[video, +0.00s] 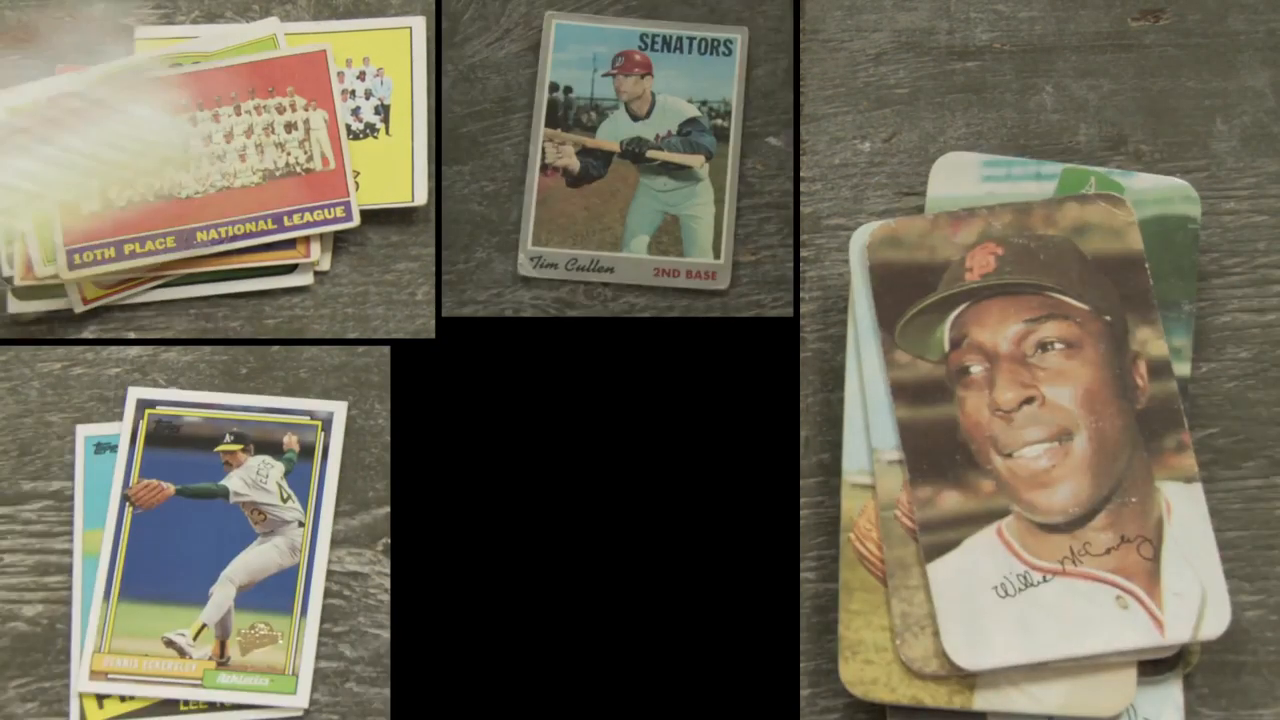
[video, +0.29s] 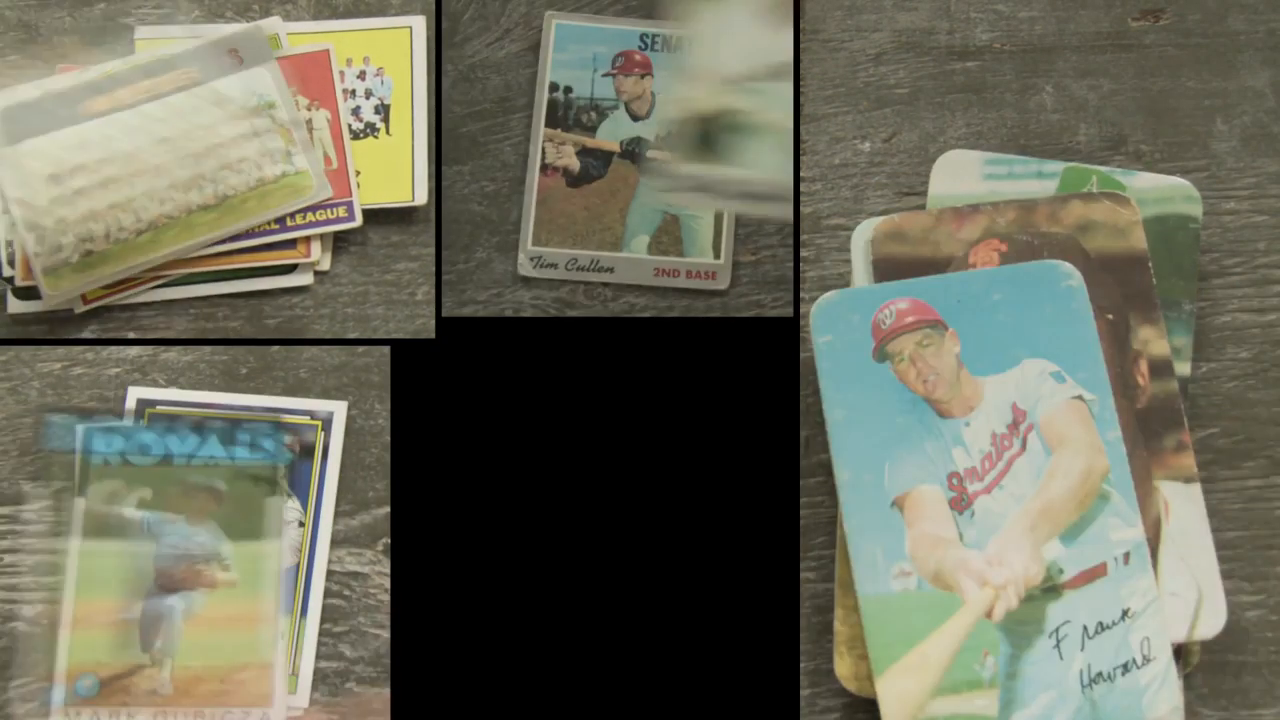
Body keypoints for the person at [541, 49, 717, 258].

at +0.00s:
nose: (617, 84)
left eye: (625, 77)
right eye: (615, 77)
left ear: (646, 81)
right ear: (613, 79)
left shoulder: (680, 110)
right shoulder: (613, 125)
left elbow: (703, 149)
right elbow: (597, 165)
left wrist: (655, 149)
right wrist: (573, 163)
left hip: (693, 191)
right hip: (650, 191)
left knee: (699, 262)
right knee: (632, 251)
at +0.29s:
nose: (618, 84)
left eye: (626, 78)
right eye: (615, 78)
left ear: (647, 81)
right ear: (612, 79)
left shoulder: (680, 113)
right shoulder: (613, 125)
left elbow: (690, 153)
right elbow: (597, 166)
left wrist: (653, 149)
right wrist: (573, 163)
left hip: (693, 189)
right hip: (650, 189)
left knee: (699, 261)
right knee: (633, 250)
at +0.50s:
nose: (644, 64)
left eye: (655, 55)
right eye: (632, 55)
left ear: (668, 59)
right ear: (616, 60)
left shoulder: (702, 107)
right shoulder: (595, 114)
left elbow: (729, 167)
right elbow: (582, 203)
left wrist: (736, 191)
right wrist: (567, 183)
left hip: (683, 231)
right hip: (621, 231)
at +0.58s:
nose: (644, 64)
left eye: (655, 54)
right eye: (633, 55)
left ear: (668, 58)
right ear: (616, 59)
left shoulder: (701, 106)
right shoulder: (595, 114)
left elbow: (729, 167)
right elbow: (583, 203)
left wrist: (736, 191)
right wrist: (567, 183)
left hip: (683, 233)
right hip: (621, 233)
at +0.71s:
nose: (645, 65)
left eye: (655, 57)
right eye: (633, 55)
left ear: (667, 56)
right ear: (617, 58)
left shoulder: (694, 103)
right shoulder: (596, 116)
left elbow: (723, 151)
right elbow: (583, 205)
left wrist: (737, 186)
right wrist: (567, 183)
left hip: (685, 241)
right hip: (621, 240)